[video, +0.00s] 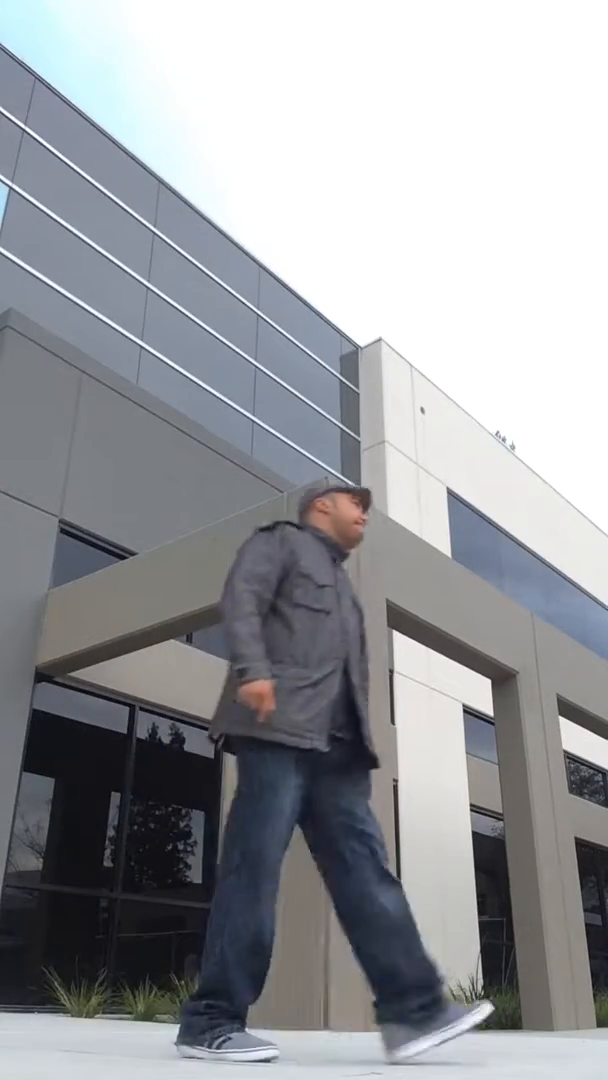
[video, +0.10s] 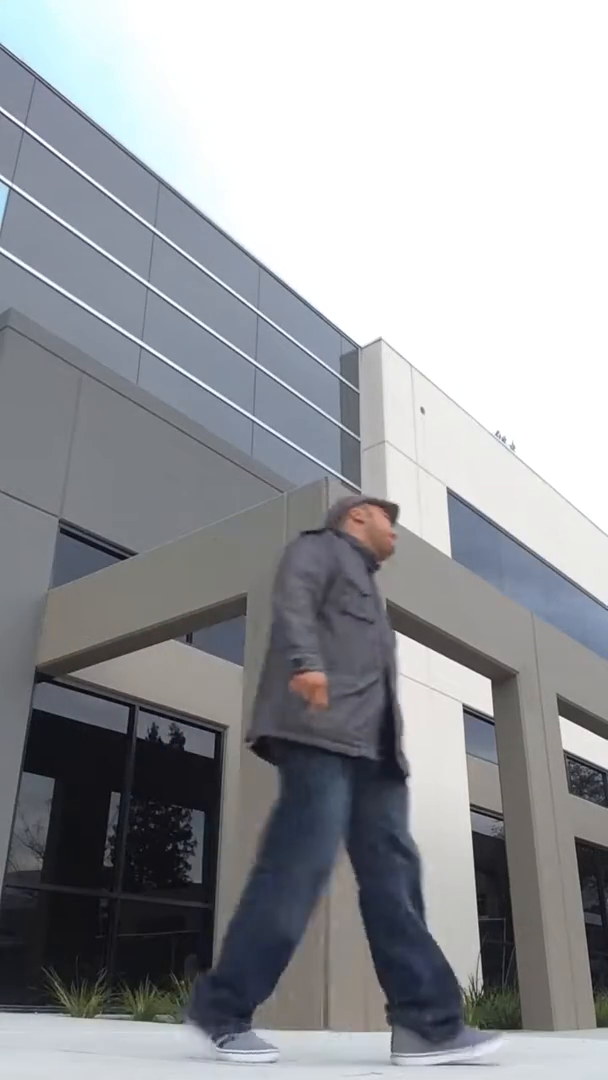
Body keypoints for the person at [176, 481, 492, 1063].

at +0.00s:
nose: (365, 513)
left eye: (365, 505)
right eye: (355, 501)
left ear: (335, 514)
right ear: (320, 507)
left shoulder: (343, 583)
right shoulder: (279, 541)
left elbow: (343, 662)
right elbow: (241, 601)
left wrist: (357, 730)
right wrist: (253, 669)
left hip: (339, 741)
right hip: (278, 727)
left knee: (363, 873)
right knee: (252, 872)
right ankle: (210, 1023)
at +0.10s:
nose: (396, 532)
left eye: (396, 525)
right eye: (389, 520)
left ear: (367, 523)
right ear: (357, 517)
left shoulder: (367, 584)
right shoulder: (319, 546)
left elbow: (365, 660)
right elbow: (294, 599)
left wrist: (383, 730)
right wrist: (308, 662)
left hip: (374, 737)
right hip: (322, 726)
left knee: (392, 875)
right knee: (297, 867)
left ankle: (428, 1024)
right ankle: (219, 1010)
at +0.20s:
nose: (419, 546)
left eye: (418, 538)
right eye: (413, 534)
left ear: (385, 534)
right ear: (387, 529)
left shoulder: (385, 587)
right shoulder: (359, 556)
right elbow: (352, 612)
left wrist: (375, 792)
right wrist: (368, 667)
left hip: (396, 745)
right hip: (367, 737)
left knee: (427, 868)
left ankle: (431, 1027)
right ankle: (280, 948)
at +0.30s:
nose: (427, 548)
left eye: (425, 542)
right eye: (423, 540)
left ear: (376, 540)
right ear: (406, 534)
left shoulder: (356, 578)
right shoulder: (399, 555)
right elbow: (411, 615)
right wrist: (436, 679)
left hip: (360, 744)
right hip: (400, 734)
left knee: (434, 863)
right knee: (485, 828)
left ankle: (433, 1026)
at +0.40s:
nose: (437, 543)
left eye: (433, 537)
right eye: (435, 536)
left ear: (387, 543)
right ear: (423, 534)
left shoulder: (362, 593)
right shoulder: (432, 554)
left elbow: (362, 671)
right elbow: (462, 608)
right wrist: (505, 678)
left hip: (380, 736)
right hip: (438, 722)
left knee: (427, 865)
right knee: (510, 847)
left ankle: (427, 1016)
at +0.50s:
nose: (448, 541)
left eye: (441, 535)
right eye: (445, 535)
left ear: (397, 547)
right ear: (438, 538)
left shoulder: (370, 603)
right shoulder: (462, 560)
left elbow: (361, 685)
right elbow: (516, 609)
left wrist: (380, 761)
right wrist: (564, 680)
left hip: (403, 738)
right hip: (471, 721)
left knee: (431, 872)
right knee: (512, 866)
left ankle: (432, 1017)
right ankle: (567, 1024)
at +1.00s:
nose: (381, 605)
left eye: (381, 593)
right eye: (379, 595)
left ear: (401, 586)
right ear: (422, 582)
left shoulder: (415, 619)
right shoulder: (475, 608)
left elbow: (427, 688)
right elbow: (514, 679)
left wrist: (441, 760)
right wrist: (541, 748)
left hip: (473, 763)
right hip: (532, 750)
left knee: (487, 896)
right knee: (540, 876)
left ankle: (500, 1022)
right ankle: (564, 1001)